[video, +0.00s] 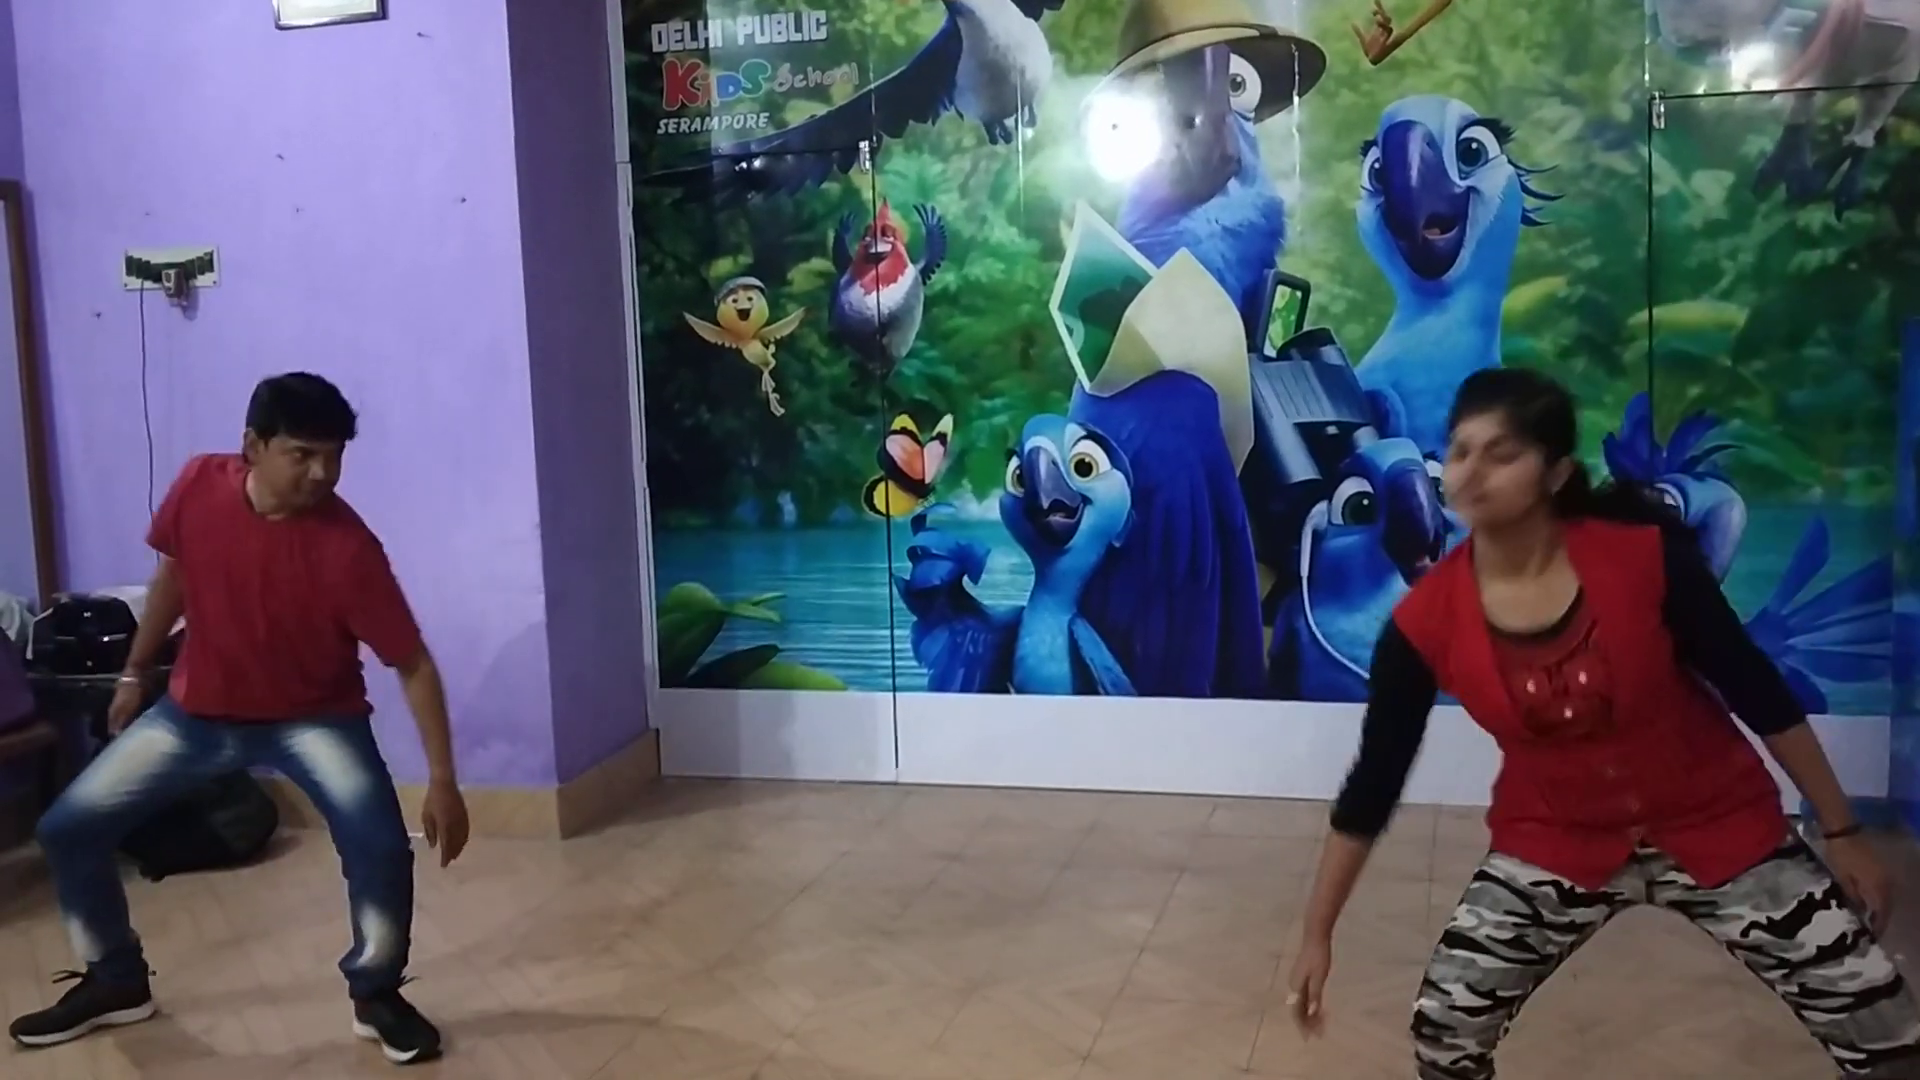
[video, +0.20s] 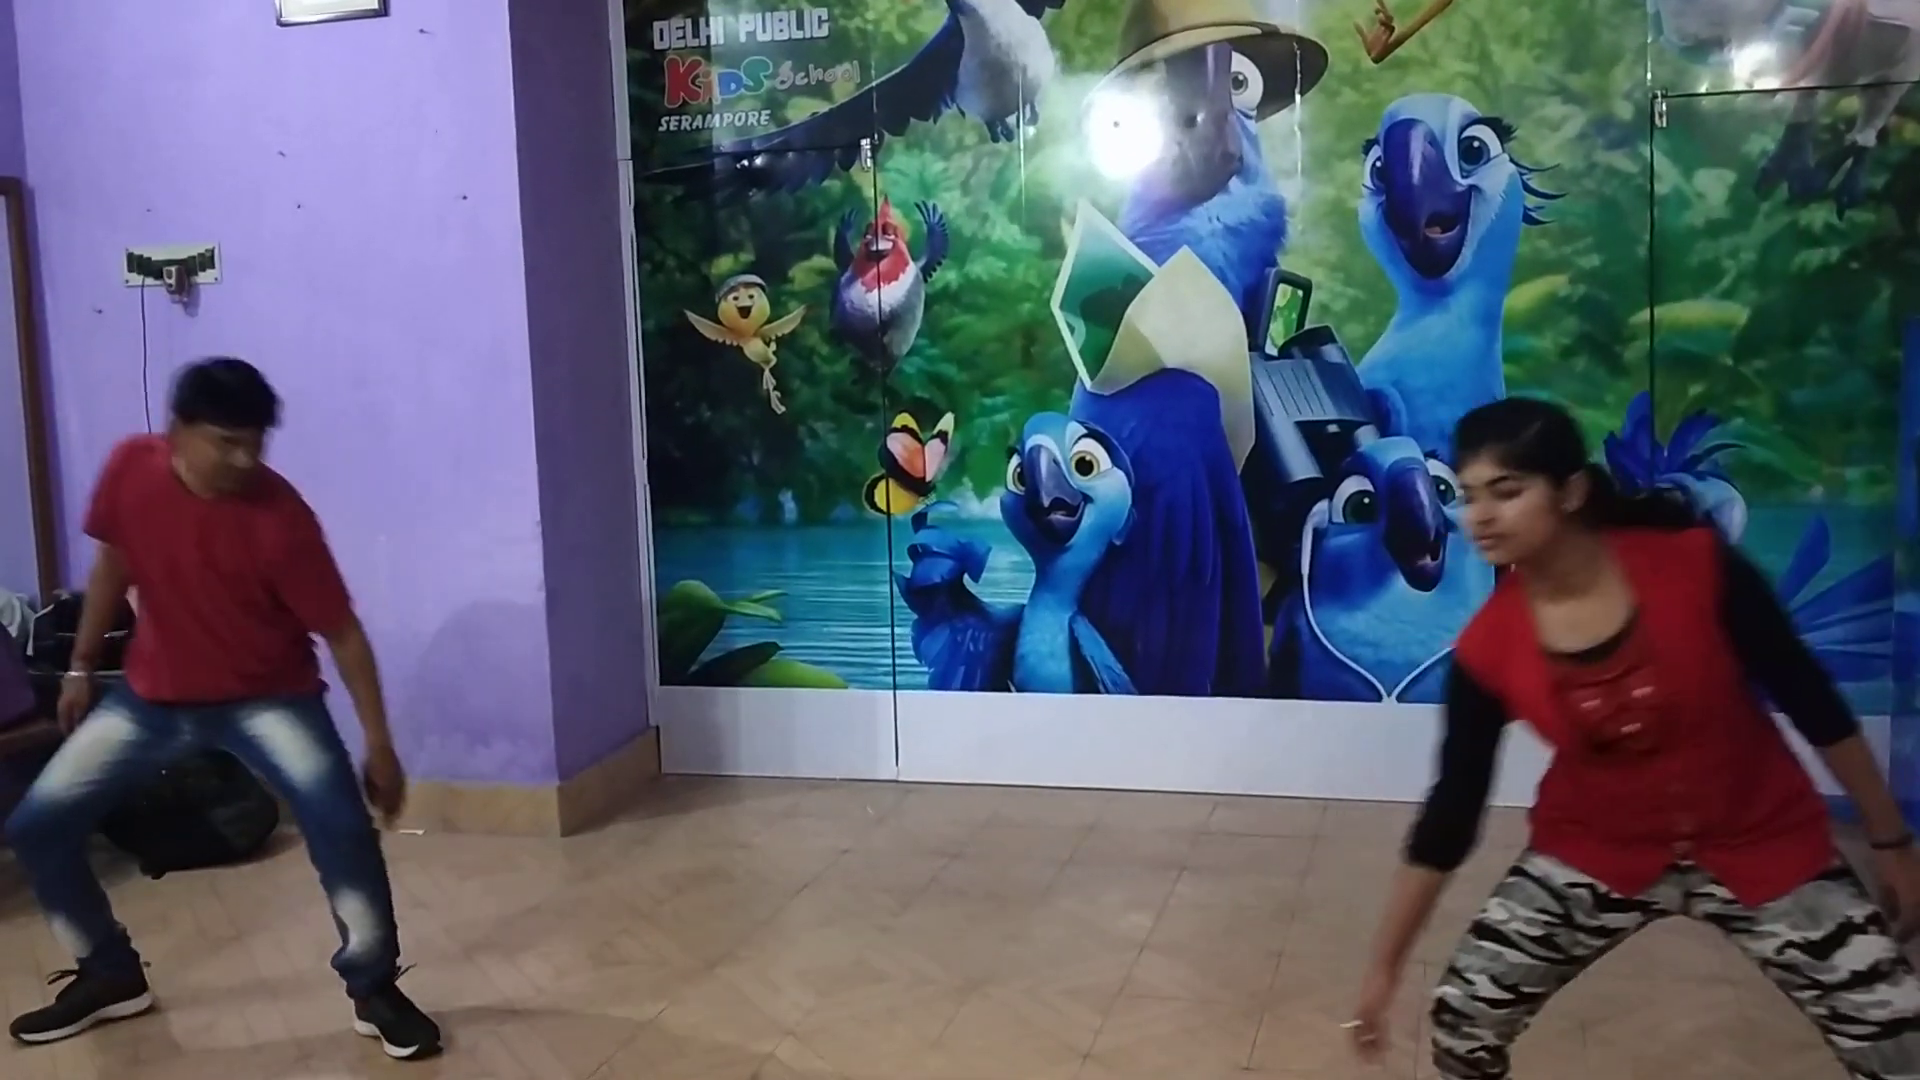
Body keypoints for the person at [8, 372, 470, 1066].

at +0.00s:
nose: (322, 474)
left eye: (333, 457)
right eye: (303, 455)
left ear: (344, 454)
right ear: (255, 446)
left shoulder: (348, 547)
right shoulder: (202, 485)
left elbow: (415, 666)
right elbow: (171, 578)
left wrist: (443, 782)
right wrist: (133, 674)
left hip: (315, 720)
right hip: (197, 712)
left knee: (378, 837)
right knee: (68, 828)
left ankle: (378, 991)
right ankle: (116, 978)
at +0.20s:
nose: (246, 460)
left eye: (256, 444)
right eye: (230, 443)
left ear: (266, 437)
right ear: (182, 430)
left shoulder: (280, 514)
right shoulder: (135, 467)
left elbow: (342, 631)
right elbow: (112, 562)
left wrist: (379, 745)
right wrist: (81, 666)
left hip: (268, 700)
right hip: (151, 698)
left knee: (338, 809)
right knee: (39, 823)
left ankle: (376, 988)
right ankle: (110, 972)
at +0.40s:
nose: (161, 378)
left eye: (172, 361)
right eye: (142, 361)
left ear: (184, 356)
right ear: (98, 357)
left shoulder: (216, 444)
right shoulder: (69, 415)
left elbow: (279, 560)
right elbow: (62, 517)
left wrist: (319, 673)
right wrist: (49, 622)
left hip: (222, 660)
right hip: (106, 657)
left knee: (295, 807)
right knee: (35, 807)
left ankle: (371, 982)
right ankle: (94, 959)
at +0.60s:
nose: (122, 324)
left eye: (133, 308)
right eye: (102, 310)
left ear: (150, 307)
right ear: (64, 312)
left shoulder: (189, 401)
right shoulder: (45, 393)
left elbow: (258, 515)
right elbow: (45, 505)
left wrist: (292, 632)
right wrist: (33, 611)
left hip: (203, 643)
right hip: (91, 644)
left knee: (276, 800)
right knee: (71, 803)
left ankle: (363, 974)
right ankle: (99, 960)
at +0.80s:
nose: (134, 320)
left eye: (146, 305)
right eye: (114, 306)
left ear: (163, 310)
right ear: (76, 314)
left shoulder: (207, 404)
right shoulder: (52, 404)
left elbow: (266, 521)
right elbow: (48, 517)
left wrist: (305, 642)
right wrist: (38, 627)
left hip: (220, 648)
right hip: (103, 652)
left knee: (285, 801)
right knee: (86, 809)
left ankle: (334, 987)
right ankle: (101, 962)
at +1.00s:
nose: (215, 325)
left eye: (225, 311)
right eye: (196, 312)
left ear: (237, 318)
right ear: (151, 322)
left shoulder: (284, 418)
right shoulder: (110, 414)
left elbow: (326, 539)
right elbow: (85, 527)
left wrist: (358, 653)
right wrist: (71, 647)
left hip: (275, 667)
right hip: (152, 668)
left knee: (320, 807)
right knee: (122, 816)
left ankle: (325, 990)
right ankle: (99, 955)